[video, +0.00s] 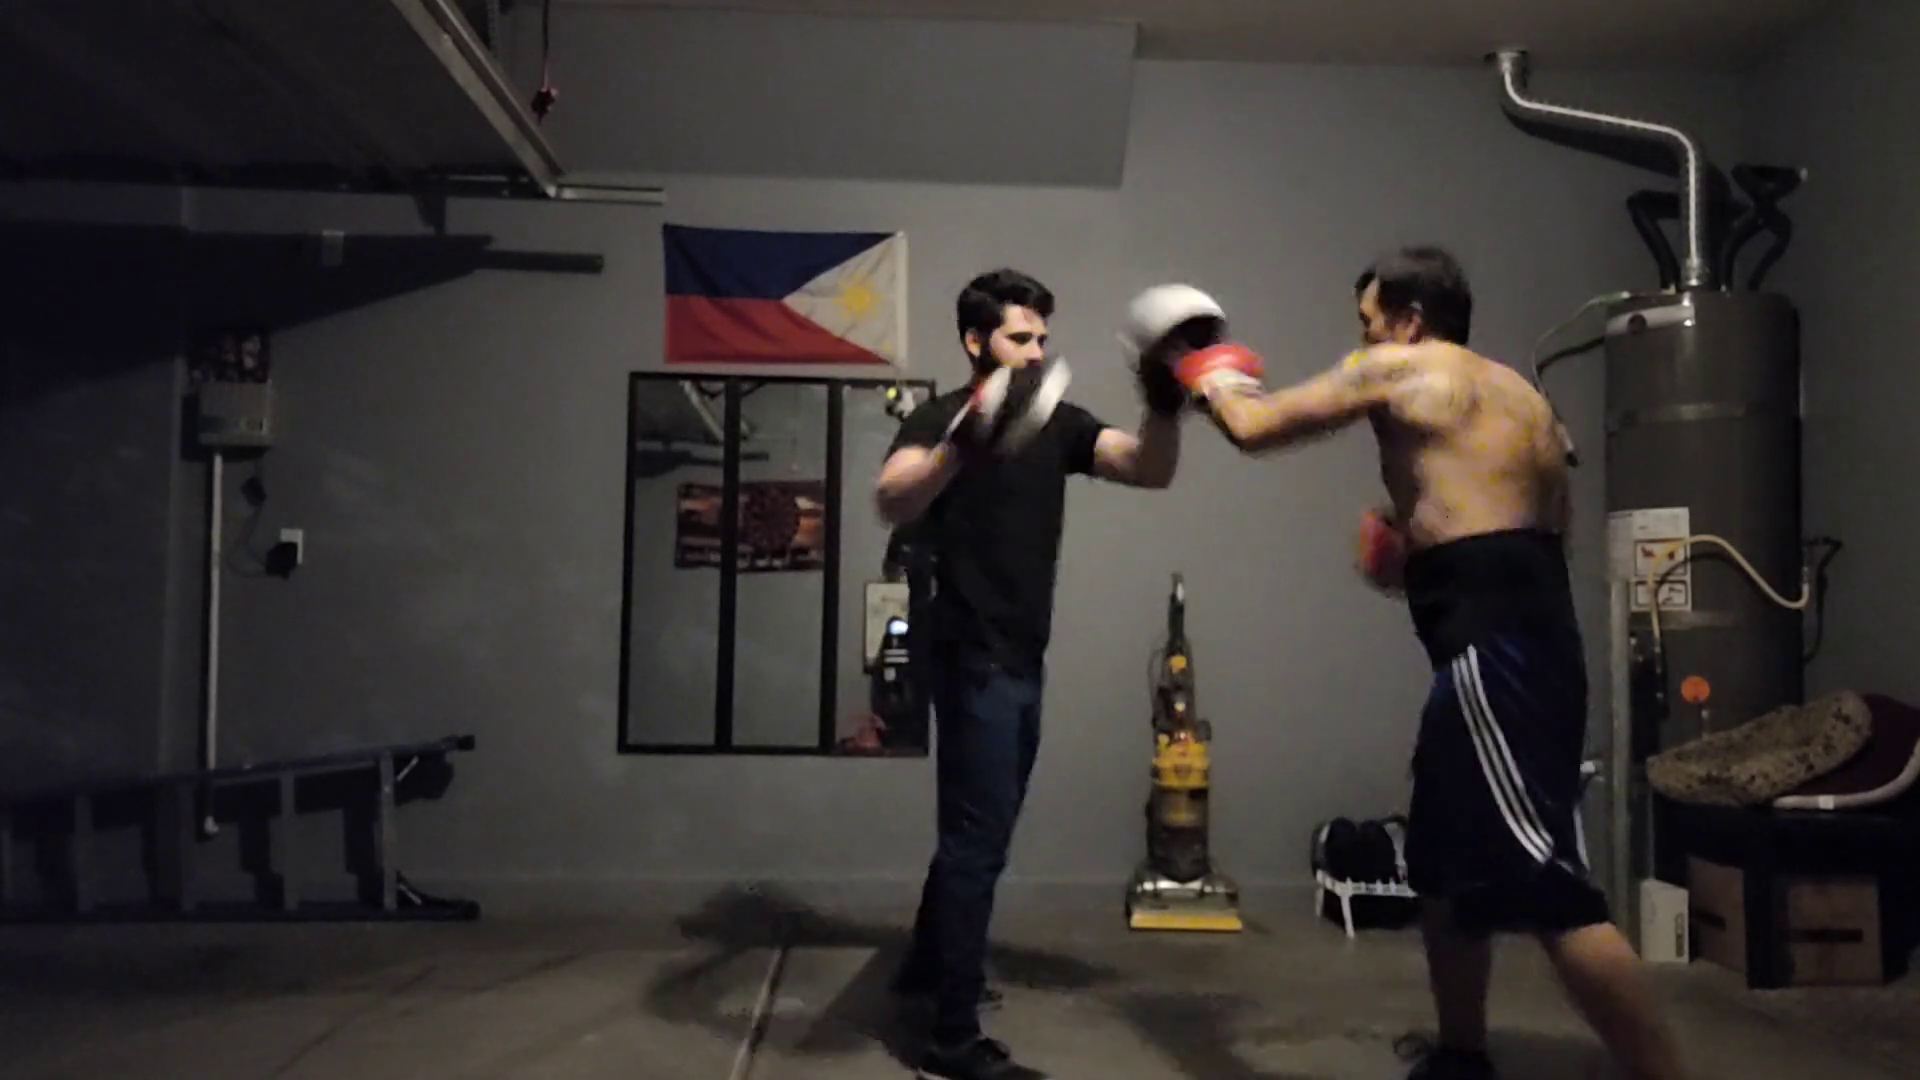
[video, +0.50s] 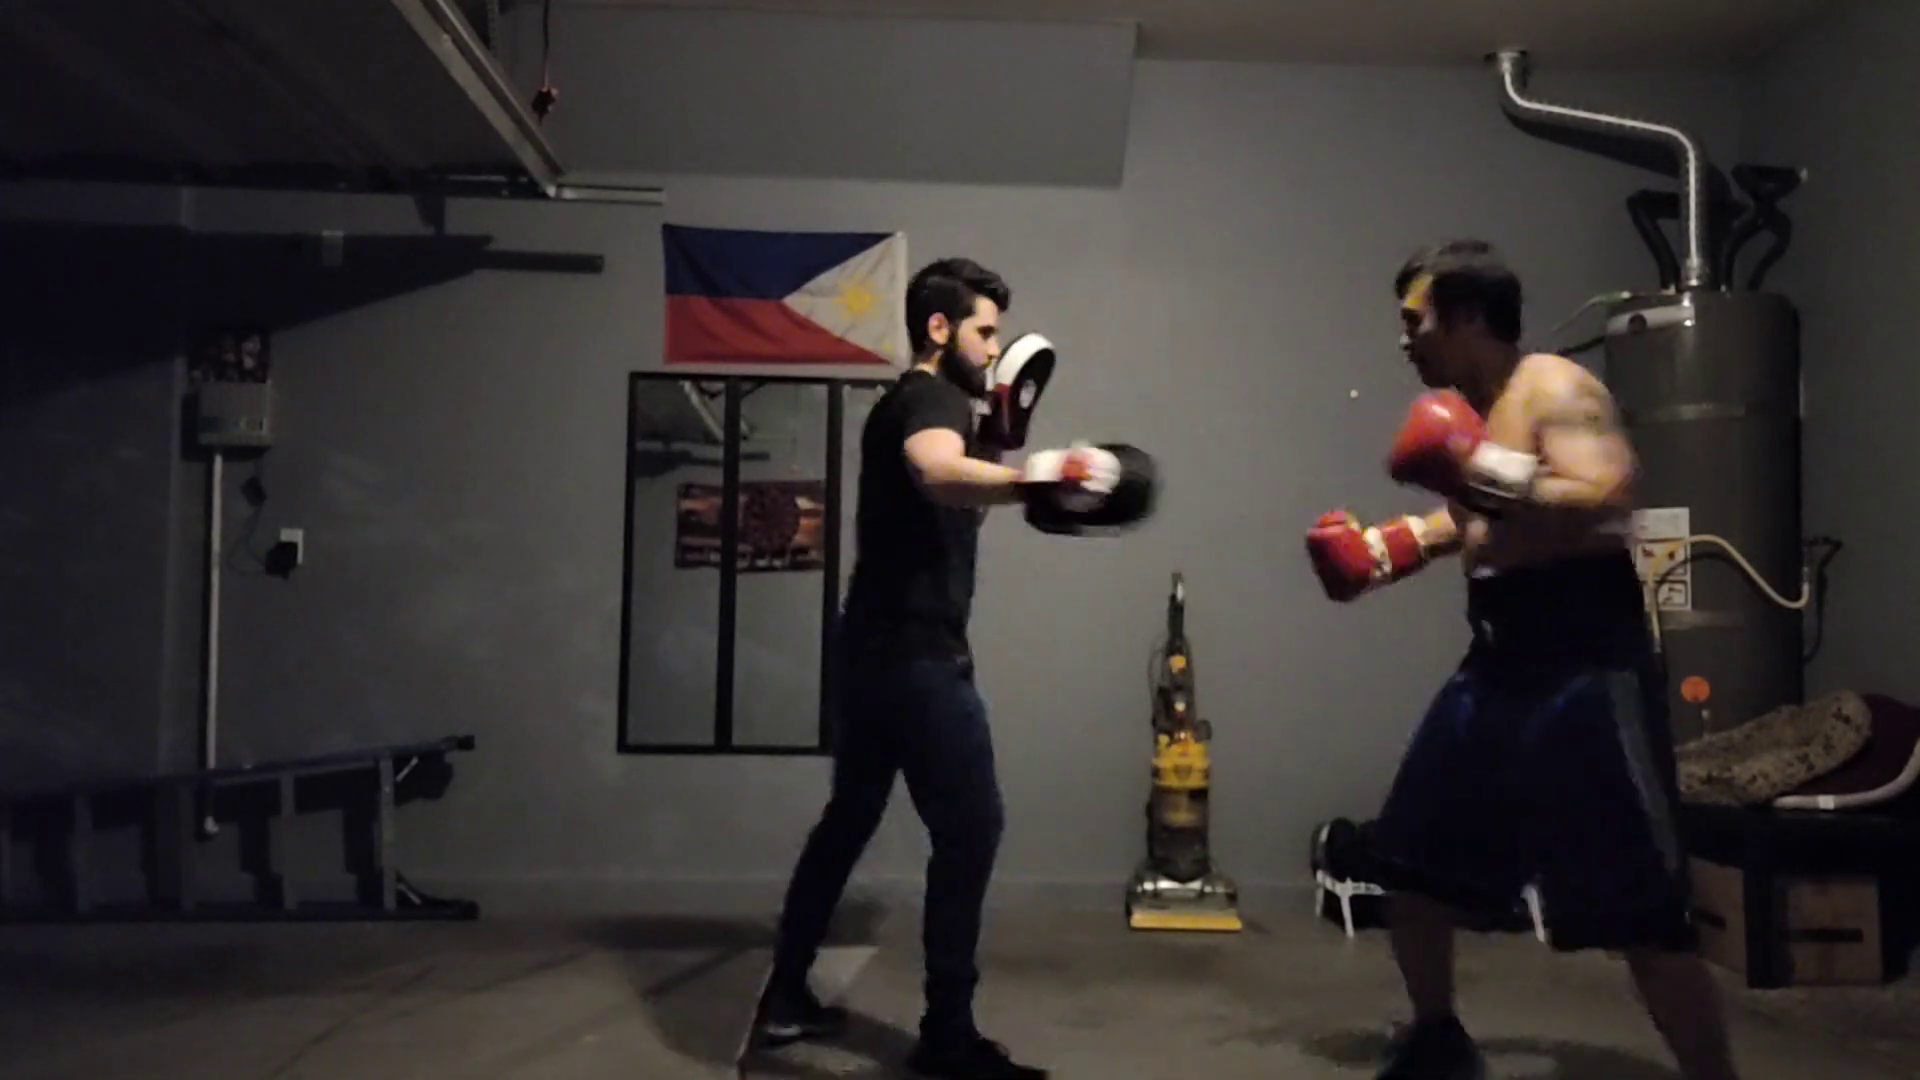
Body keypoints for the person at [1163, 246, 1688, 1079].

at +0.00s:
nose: (1363, 338)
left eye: (1368, 322)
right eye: (1361, 323)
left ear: (1403, 317)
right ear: (1451, 319)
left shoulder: (1399, 365)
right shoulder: (1529, 398)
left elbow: (1252, 424)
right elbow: (1541, 540)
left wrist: (1210, 368)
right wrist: (1417, 559)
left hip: (1492, 640)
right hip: (1528, 634)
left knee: (1547, 881)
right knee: (1444, 859)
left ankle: (1661, 1069)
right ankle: (1460, 1056)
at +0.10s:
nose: (1363, 348)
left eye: (1370, 331)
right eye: (1361, 331)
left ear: (1413, 326)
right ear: (1443, 329)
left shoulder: (1406, 388)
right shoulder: (1526, 398)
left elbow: (1298, 492)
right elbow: (1580, 547)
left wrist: (1273, 429)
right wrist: (1486, 572)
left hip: (1489, 645)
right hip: (1541, 635)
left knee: (1555, 885)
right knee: (1426, 854)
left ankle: (1666, 1068)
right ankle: (1460, 1056)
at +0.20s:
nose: (1362, 353)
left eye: (1369, 334)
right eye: (1360, 336)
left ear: (1420, 328)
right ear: (1427, 329)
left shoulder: (1470, 380)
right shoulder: (1457, 392)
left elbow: (1397, 502)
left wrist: (1329, 472)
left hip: (1532, 656)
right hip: (1485, 660)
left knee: (1583, 887)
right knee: (1424, 864)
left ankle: (1670, 1068)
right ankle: (1457, 1056)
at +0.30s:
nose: (1370, 346)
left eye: (1380, 327)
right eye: (1365, 330)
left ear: (1431, 320)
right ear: (1423, 325)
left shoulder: (1508, 370)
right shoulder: (1435, 407)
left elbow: (1478, 488)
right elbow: (1413, 518)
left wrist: (1389, 442)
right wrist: (1306, 519)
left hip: (1572, 650)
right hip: (1498, 653)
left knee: (1607, 884)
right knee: (1443, 862)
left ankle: (1676, 1070)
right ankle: (1459, 1055)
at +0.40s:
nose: (1385, 341)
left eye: (1394, 322)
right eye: (1381, 325)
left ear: (1445, 317)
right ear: (1431, 324)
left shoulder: (1530, 373)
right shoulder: (1444, 405)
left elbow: (1530, 488)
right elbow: (1423, 523)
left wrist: (1429, 438)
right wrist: (1334, 528)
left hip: (1585, 648)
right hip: (1508, 650)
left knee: (1623, 888)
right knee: (1447, 862)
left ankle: (1702, 1067)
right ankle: (1459, 1056)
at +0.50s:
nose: (1406, 341)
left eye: (1418, 323)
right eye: (1403, 325)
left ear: (1472, 322)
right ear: (1464, 327)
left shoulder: (1554, 383)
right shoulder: (1475, 419)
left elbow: (1607, 488)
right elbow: (1481, 519)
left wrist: (1484, 474)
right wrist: (1386, 547)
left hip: (1590, 677)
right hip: (1498, 674)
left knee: (1643, 903)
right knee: (1411, 856)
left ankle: (1711, 1071)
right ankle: (1437, 1037)